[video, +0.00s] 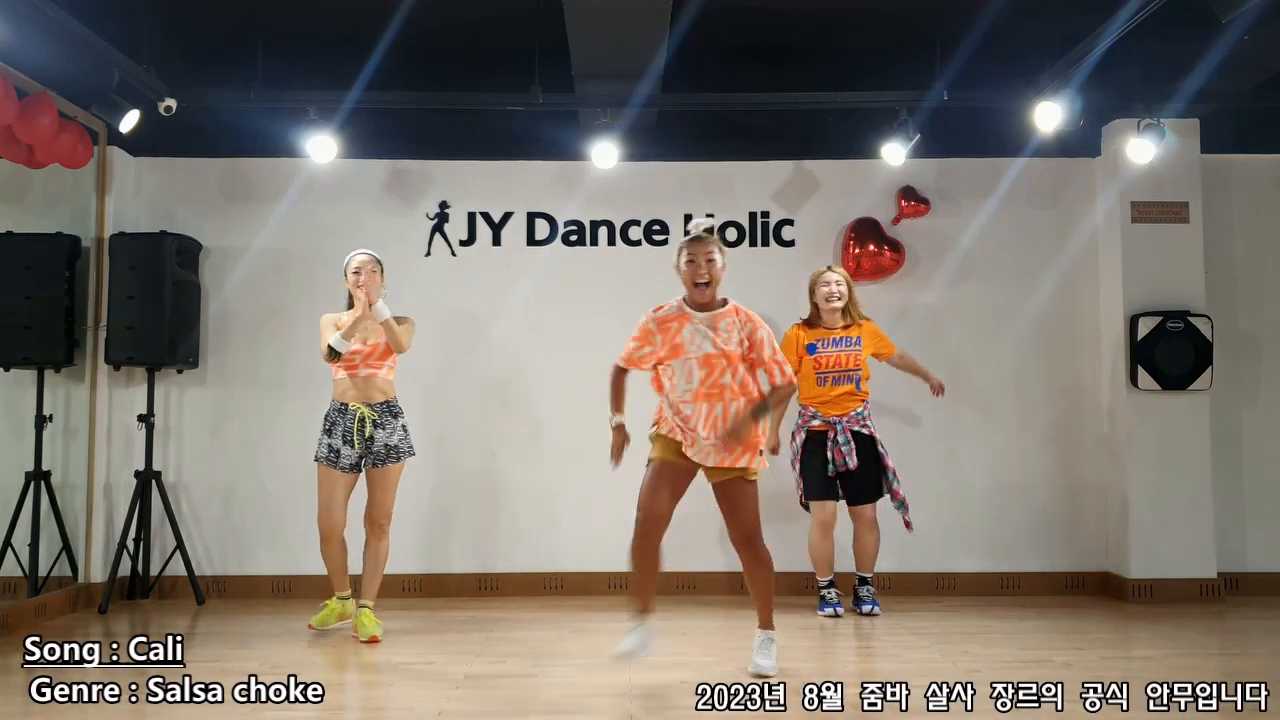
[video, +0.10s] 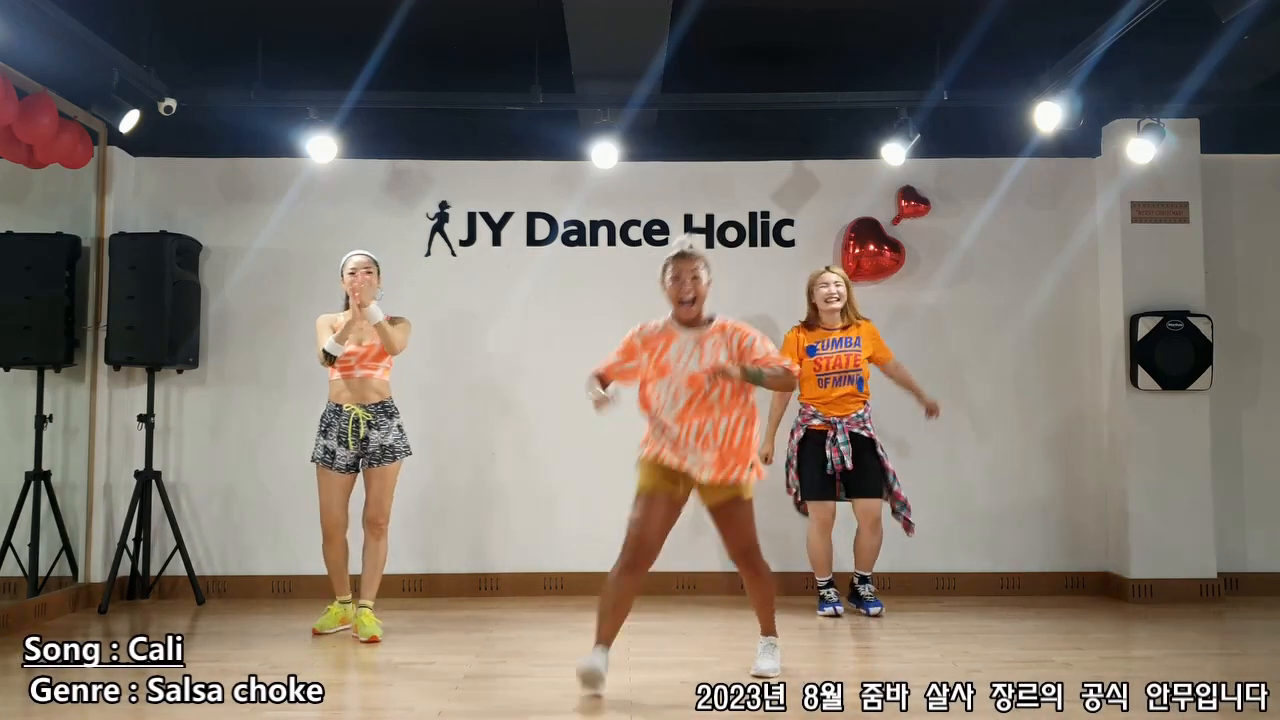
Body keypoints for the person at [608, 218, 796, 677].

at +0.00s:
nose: (701, 269)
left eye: (710, 260)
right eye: (692, 261)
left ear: (723, 268)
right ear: (679, 269)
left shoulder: (746, 323)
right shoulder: (662, 321)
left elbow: (786, 383)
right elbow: (621, 368)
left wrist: (750, 416)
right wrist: (618, 421)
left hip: (733, 440)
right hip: (677, 434)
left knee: (748, 541)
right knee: (647, 523)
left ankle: (766, 635)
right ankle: (643, 621)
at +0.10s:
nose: (686, 287)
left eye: (695, 278)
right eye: (677, 279)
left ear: (708, 283)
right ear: (665, 287)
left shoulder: (735, 336)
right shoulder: (648, 338)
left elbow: (788, 379)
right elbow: (600, 375)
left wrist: (743, 373)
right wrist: (599, 390)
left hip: (724, 460)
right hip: (666, 457)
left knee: (746, 555)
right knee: (635, 553)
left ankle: (769, 641)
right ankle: (600, 653)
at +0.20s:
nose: (667, 292)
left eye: (676, 283)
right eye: (657, 284)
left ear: (690, 291)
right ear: (645, 293)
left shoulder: (717, 346)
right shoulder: (627, 346)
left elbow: (760, 401)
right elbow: (584, 400)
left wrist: (717, 388)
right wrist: (595, 399)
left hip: (703, 472)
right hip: (644, 468)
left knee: (729, 559)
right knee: (614, 559)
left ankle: (765, 639)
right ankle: (590, 669)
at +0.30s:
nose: (648, 289)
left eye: (657, 280)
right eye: (638, 280)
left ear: (672, 289)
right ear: (626, 289)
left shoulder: (695, 348)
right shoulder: (605, 346)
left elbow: (704, 420)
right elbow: (588, 412)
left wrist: (662, 431)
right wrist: (618, 430)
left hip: (677, 466)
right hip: (619, 465)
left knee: (714, 567)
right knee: (599, 559)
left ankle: (714, 597)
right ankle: (588, 668)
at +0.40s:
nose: (638, 288)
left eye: (648, 280)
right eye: (628, 280)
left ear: (662, 289)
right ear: (616, 291)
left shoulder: (684, 350)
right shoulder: (594, 349)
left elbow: (689, 419)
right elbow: (578, 420)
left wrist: (662, 439)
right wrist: (608, 444)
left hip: (663, 466)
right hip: (604, 466)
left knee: (692, 551)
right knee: (594, 556)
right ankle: (587, 669)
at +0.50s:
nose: (633, 276)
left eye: (642, 266)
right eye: (623, 267)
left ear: (657, 272)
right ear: (611, 274)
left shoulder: (681, 333)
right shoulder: (590, 332)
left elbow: (713, 394)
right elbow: (552, 393)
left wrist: (687, 388)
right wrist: (577, 400)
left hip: (656, 448)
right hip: (599, 449)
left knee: (677, 529)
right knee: (592, 554)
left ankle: (629, 593)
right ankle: (586, 668)